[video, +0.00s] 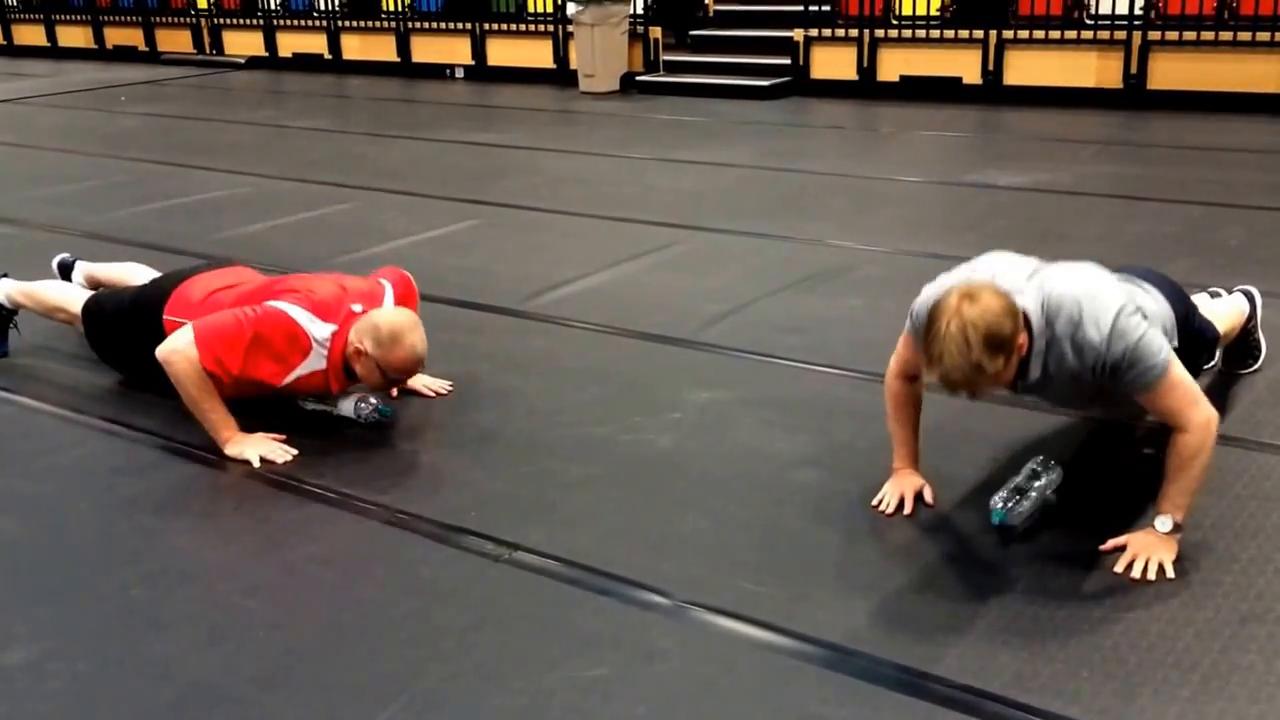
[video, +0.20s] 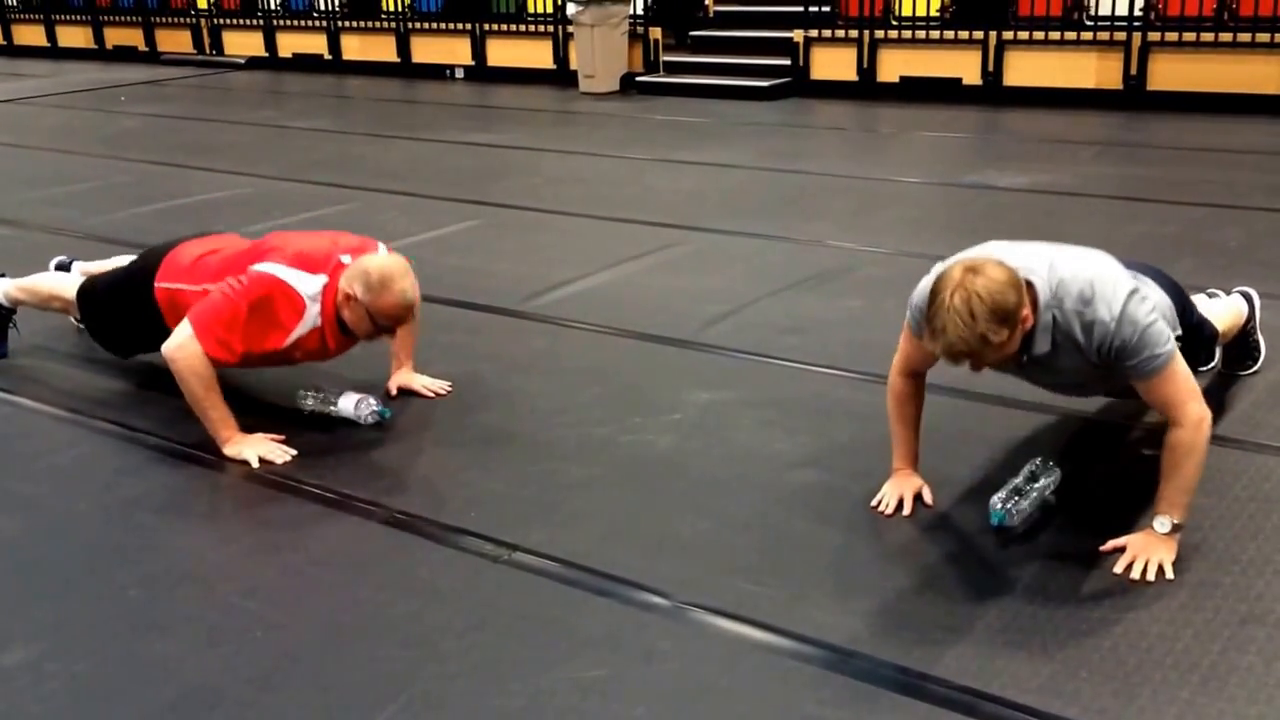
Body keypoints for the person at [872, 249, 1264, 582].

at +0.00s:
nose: (970, 396)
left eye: (980, 385)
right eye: (960, 388)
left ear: (1015, 349)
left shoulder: (1109, 333)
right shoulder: (934, 310)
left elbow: (1200, 421)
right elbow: (902, 373)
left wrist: (1164, 528)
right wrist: (904, 467)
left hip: (1161, 314)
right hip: (1084, 300)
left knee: (1208, 324)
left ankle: (1244, 306)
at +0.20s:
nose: (978, 370)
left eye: (990, 357)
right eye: (966, 359)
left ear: (1025, 318)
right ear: (953, 327)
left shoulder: (1117, 313)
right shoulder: (937, 301)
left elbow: (1193, 418)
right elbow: (906, 373)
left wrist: (1164, 529)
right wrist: (903, 468)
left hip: (1153, 322)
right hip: (1072, 350)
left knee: (1203, 333)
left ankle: (1241, 308)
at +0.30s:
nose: (970, 413)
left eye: (979, 403)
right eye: (959, 406)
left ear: (1015, 370)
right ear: (935, 360)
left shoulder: (1110, 353)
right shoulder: (935, 325)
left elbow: (1210, 426)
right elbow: (894, 378)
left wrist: (1164, 529)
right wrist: (902, 469)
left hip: (1153, 330)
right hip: (1087, 308)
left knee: (1203, 339)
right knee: (1159, 315)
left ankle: (1239, 307)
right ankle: (1207, 301)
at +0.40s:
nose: (969, 462)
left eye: (975, 453)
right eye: (956, 456)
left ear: (1009, 415)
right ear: (930, 396)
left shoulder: (1101, 388)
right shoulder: (941, 351)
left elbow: (1218, 433)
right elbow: (886, 379)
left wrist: (1165, 530)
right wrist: (902, 469)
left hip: (1138, 355)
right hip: (1060, 328)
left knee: (1195, 355)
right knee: (1138, 327)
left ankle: (1238, 307)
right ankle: (1203, 302)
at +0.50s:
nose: (971, 493)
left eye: (974, 486)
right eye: (954, 488)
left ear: (1006, 448)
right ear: (927, 431)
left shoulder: (1096, 411)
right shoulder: (944, 374)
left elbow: (1222, 438)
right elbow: (884, 376)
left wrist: (1163, 531)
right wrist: (901, 467)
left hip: (1136, 367)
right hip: (1053, 346)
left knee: (1196, 362)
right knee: (1129, 342)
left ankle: (1236, 308)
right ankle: (1199, 303)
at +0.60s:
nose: (960, 495)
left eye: (967, 487)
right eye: (946, 488)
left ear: (1007, 447)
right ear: (928, 430)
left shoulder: (1099, 404)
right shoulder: (945, 368)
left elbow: (1220, 437)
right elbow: (886, 377)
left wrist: (1163, 532)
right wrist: (901, 469)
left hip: (1137, 365)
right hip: (1055, 341)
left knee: (1196, 360)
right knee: (1132, 337)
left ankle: (1237, 309)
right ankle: (1201, 303)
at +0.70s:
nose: (975, 448)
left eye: (981, 439)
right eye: (960, 441)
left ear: (1012, 405)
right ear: (935, 393)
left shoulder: (1108, 378)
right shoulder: (938, 341)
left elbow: (1213, 433)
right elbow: (891, 380)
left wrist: (1162, 532)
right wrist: (902, 471)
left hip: (1143, 345)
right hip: (1069, 319)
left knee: (1199, 346)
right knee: (1149, 320)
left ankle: (1238, 310)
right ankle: (1206, 302)